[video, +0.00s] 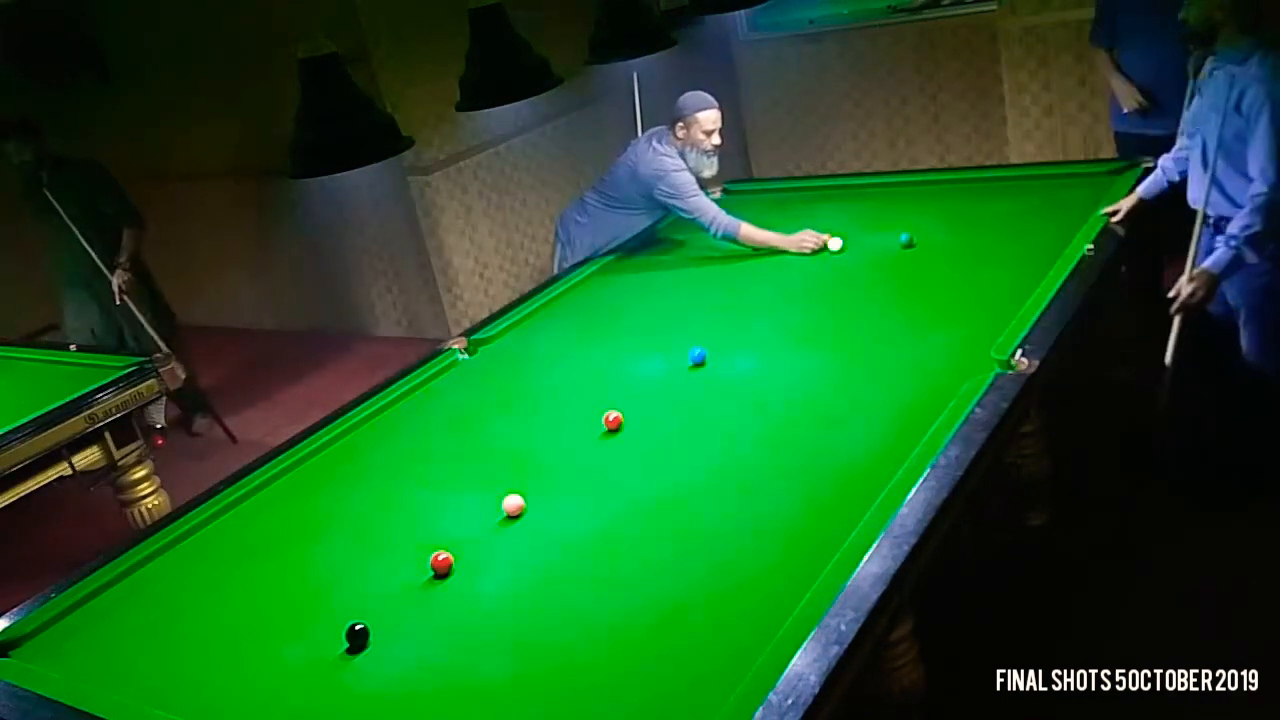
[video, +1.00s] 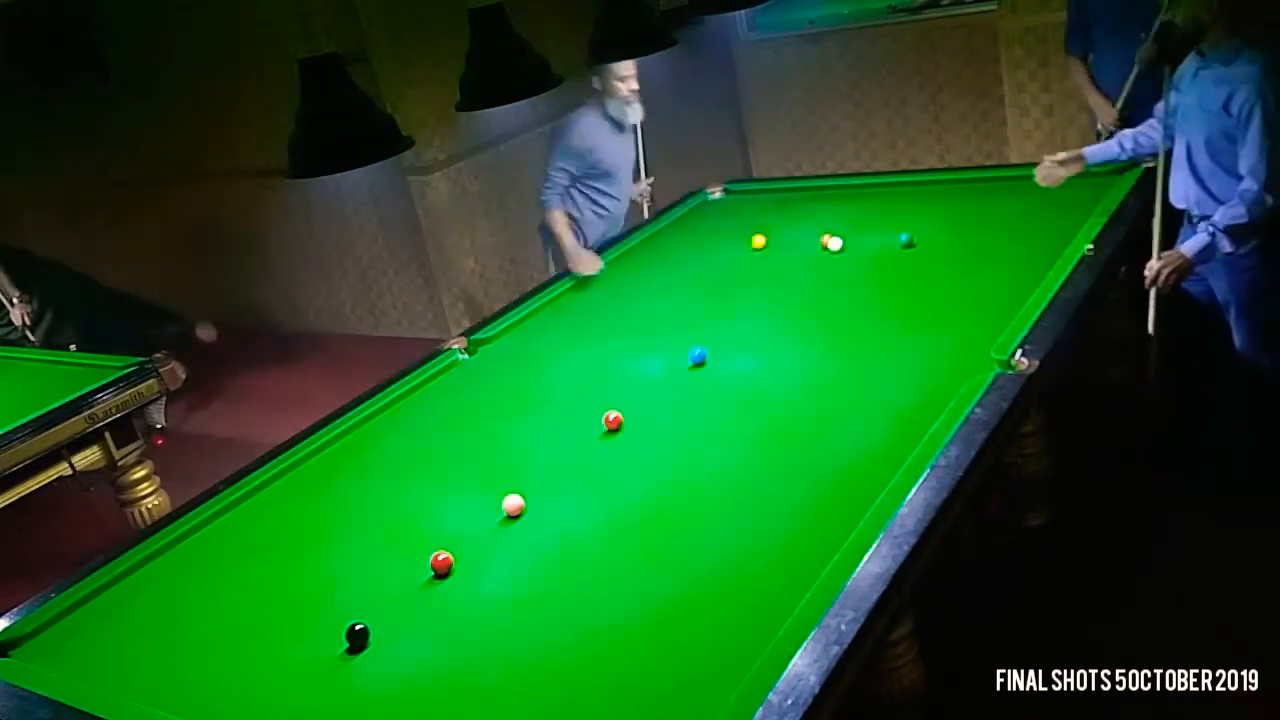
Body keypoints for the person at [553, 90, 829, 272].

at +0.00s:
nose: (716, 141)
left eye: (718, 132)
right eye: (708, 133)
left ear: (684, 129)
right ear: (680, 131)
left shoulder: (668, 137)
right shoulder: (663, 166)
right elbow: (718, 223)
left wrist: (699, 183)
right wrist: (786, 241)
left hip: (625, 232)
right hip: (586, 240)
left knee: (616, 311)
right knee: (578, 318)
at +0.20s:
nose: (716, 141)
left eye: (718, 131)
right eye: (707, 133)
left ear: (684, 130)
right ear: (680, 131)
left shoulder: (670, 136)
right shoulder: (664, 166)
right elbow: (718, 222)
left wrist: (704, 182)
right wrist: (788, 241)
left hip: (626, 231)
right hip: (586, 239)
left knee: (615, 310)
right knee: (578, 317)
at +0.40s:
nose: (715, 140)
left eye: (718, 130)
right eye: (707, 132)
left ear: (683, 129)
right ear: (679, 130)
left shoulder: (669, 136)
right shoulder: (663, 165)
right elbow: (715, 224)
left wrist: (703, 181)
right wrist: (783, 242)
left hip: (626, 232)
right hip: (585, 240)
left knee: (616, 310)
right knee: (578, 317)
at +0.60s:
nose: (709, 130)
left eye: (710, 121)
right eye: (699, 123)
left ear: (674, 121)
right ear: (672, 123)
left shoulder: (663, 136)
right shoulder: (658, 158)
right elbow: (689, 227)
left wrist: (697, 192)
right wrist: (753, 247)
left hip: (621, 231)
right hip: (587, 238)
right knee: (576, 317)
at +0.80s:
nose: (679, 106)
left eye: (680, 96)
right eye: (668, 98)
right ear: (642, 99)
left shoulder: (645, 129)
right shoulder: (629, 136)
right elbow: (620, 211)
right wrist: (668, 255)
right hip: (587, 237)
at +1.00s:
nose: (634, 87)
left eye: (635, 78)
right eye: (622, 80)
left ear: (638, 77)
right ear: (598, 83)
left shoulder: (627, 120)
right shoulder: (580, 128)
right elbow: (551, 196)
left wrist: (631, 190)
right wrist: (572, 250)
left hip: (611, 236)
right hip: (578, 245)